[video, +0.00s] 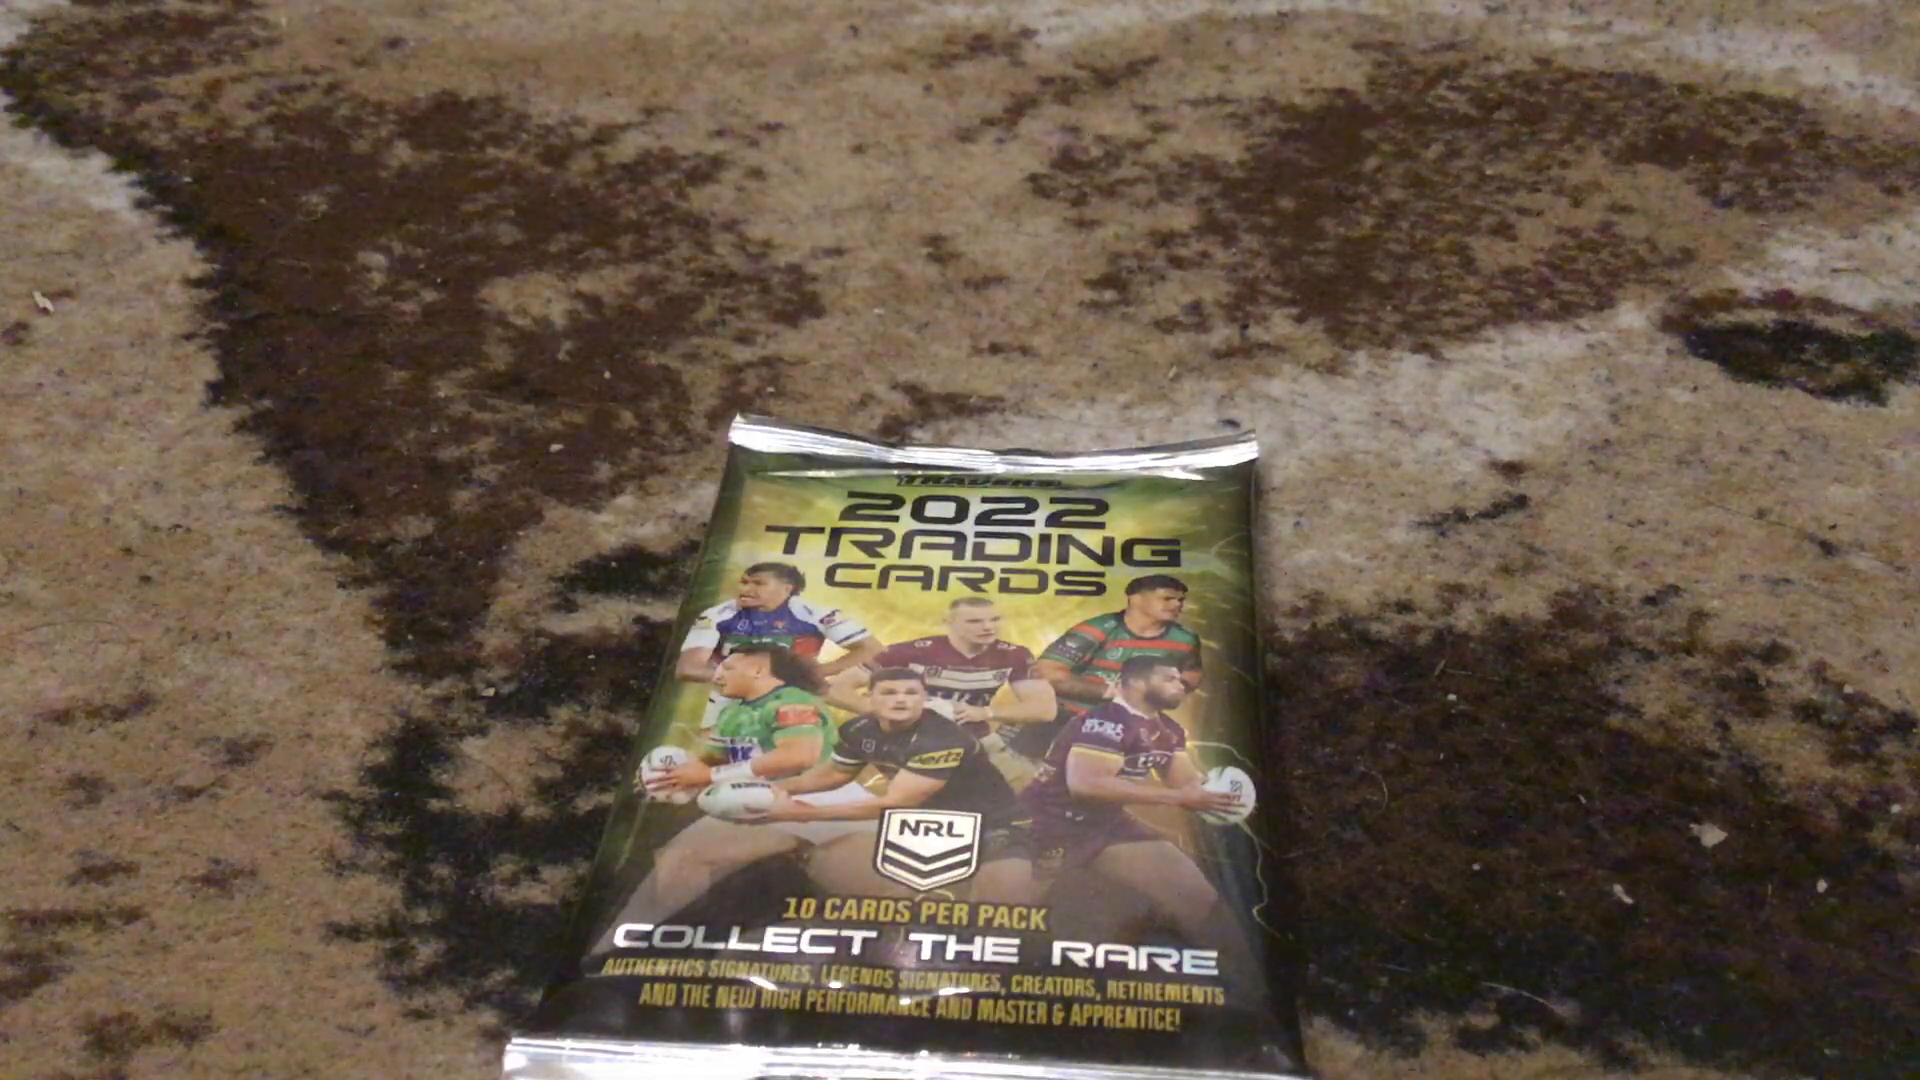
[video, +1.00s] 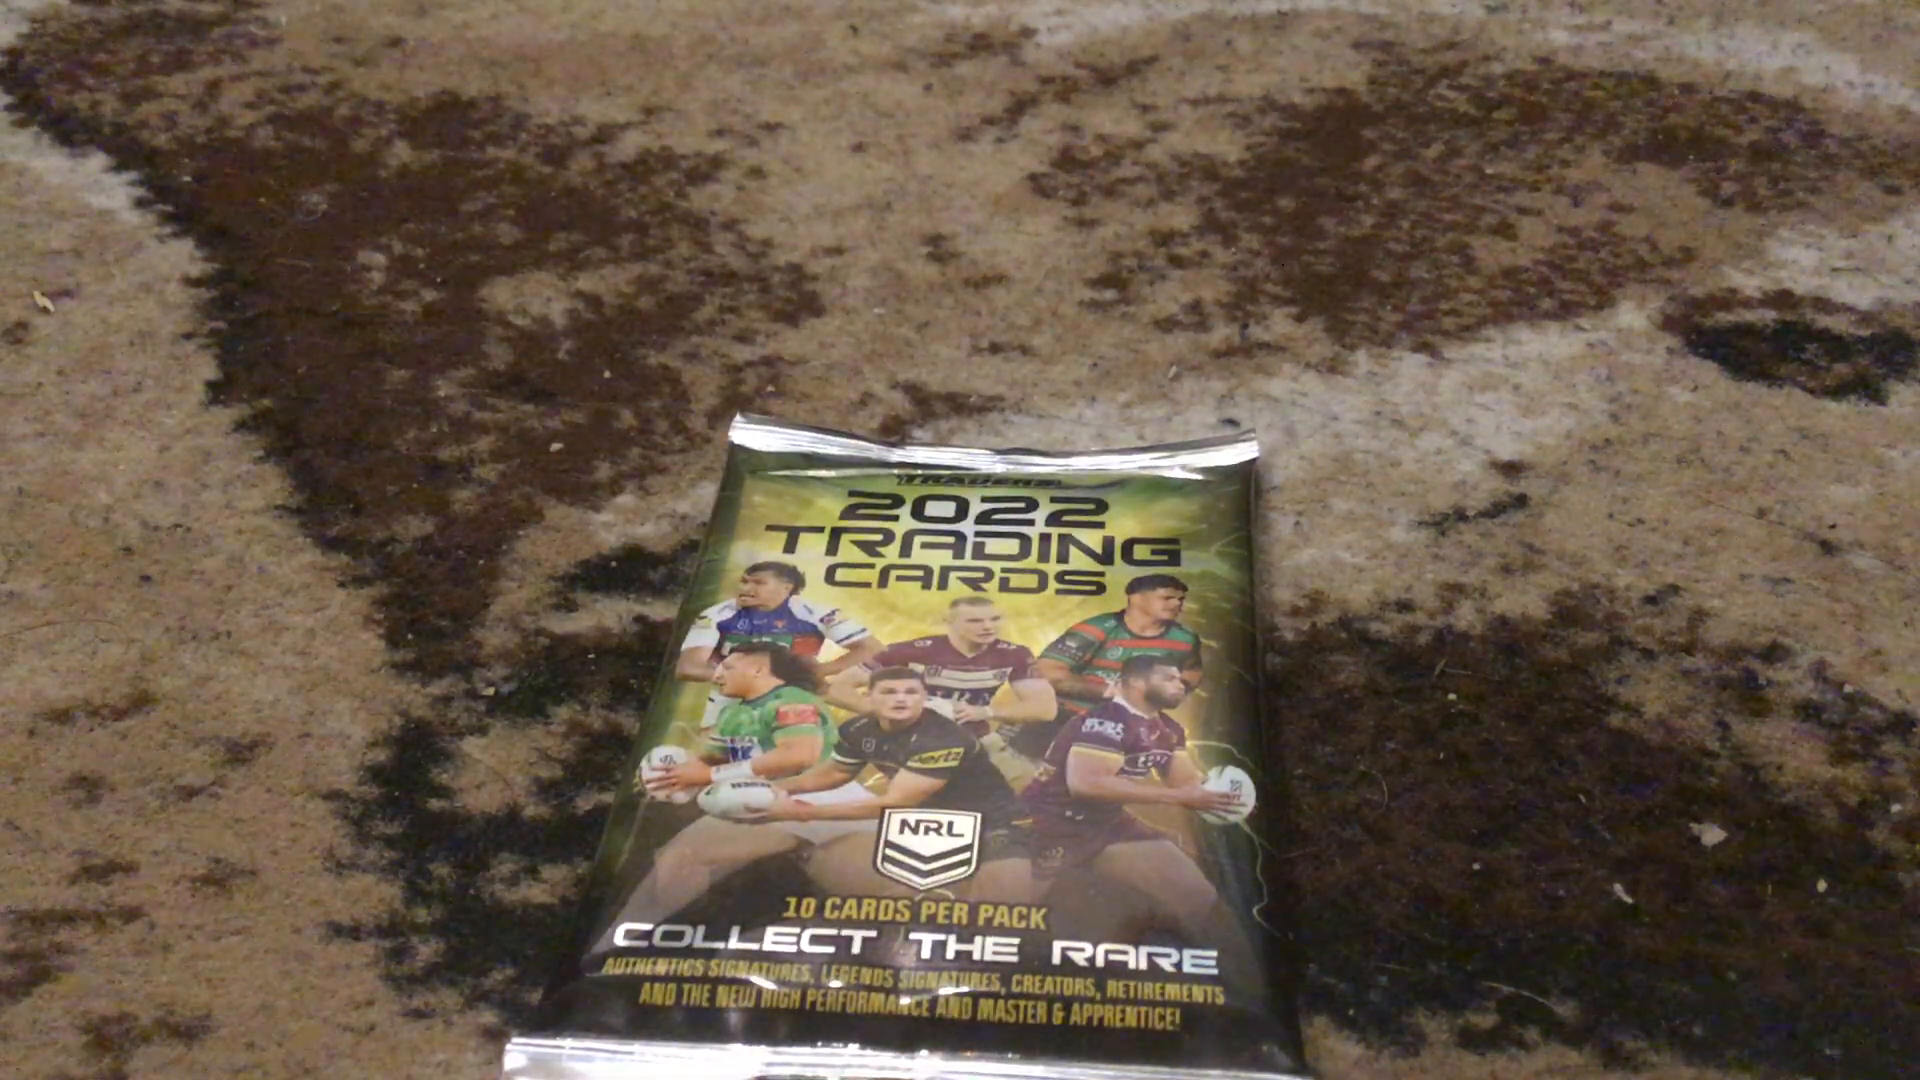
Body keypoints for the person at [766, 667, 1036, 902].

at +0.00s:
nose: (900, 700)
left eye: (910, 693)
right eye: (889, 693)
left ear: (925, 699)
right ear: (872, 699)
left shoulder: (944, 738)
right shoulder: (861, 731)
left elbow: (894, 805)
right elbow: (833, 773)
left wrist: (807, 813)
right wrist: (786, 787)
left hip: (994, 830)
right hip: (928, 827)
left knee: (1002, 914)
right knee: (831, 865)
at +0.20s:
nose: (900, 700)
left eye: (910, 693)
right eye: (889, 693)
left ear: (924, 698)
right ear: (872, 698)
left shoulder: (943, 738)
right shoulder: (861, 731)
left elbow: (895, 805)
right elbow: (835, 772)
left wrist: (807, 813)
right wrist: (786, 787)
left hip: (995, 829)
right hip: (930, 826)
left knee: (1004, 914)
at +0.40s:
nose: (900, 700)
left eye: (910, 693)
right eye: (889, 692)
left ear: (924, 698)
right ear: (872, 698)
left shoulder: (944, 738)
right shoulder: (861, 731)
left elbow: (894, 805)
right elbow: (834, 773)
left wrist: (808, 813)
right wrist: (788, 785)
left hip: (994, 828)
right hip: (930, 825)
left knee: (1004, 913)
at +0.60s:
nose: (900, 700)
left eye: (910, 693)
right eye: (889, 693)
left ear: (924, 698)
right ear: (872, 699)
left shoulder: (944, 738)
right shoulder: (861, 732)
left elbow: (893, 805)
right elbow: (832, 773)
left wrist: (809, 813)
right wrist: (787, 786)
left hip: (993, 828)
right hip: (931, 826)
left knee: (1003, 916)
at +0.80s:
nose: (900, 700)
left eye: (910, 692)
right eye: (889, 692)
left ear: (924, 698)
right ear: (872, 698)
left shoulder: (944, 738)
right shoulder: (862, 731)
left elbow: (894, 805)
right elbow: (832, 773)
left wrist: (806, 813)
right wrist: (786, 786)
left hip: (992, 827)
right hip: (928, 824)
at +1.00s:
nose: (900, 700)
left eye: (910, 692)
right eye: (889, 692)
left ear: (924, 698)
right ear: (872, 698)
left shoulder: (944, 738)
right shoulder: (861, 731)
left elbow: (894, 805)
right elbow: (833, 772)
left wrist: (808, 812)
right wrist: (786, 786)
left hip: (993, 830)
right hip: (928, 828)